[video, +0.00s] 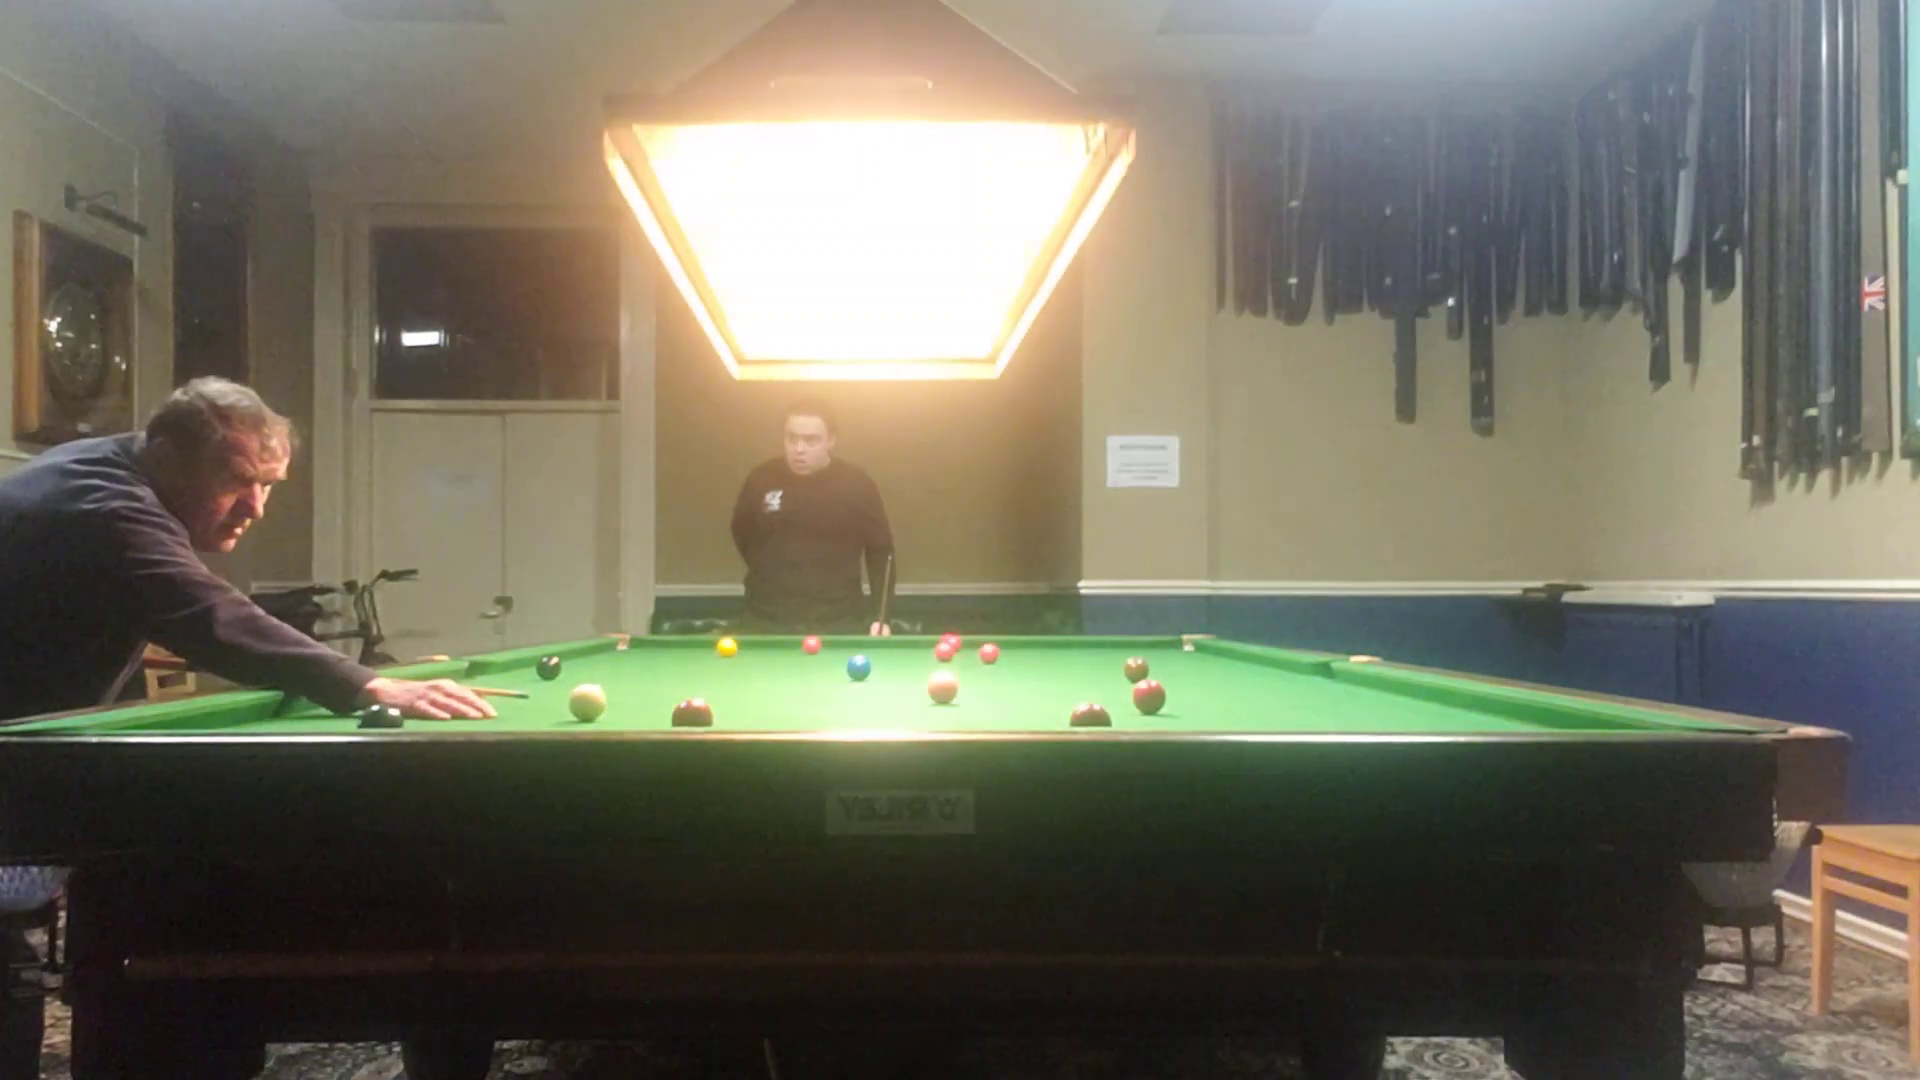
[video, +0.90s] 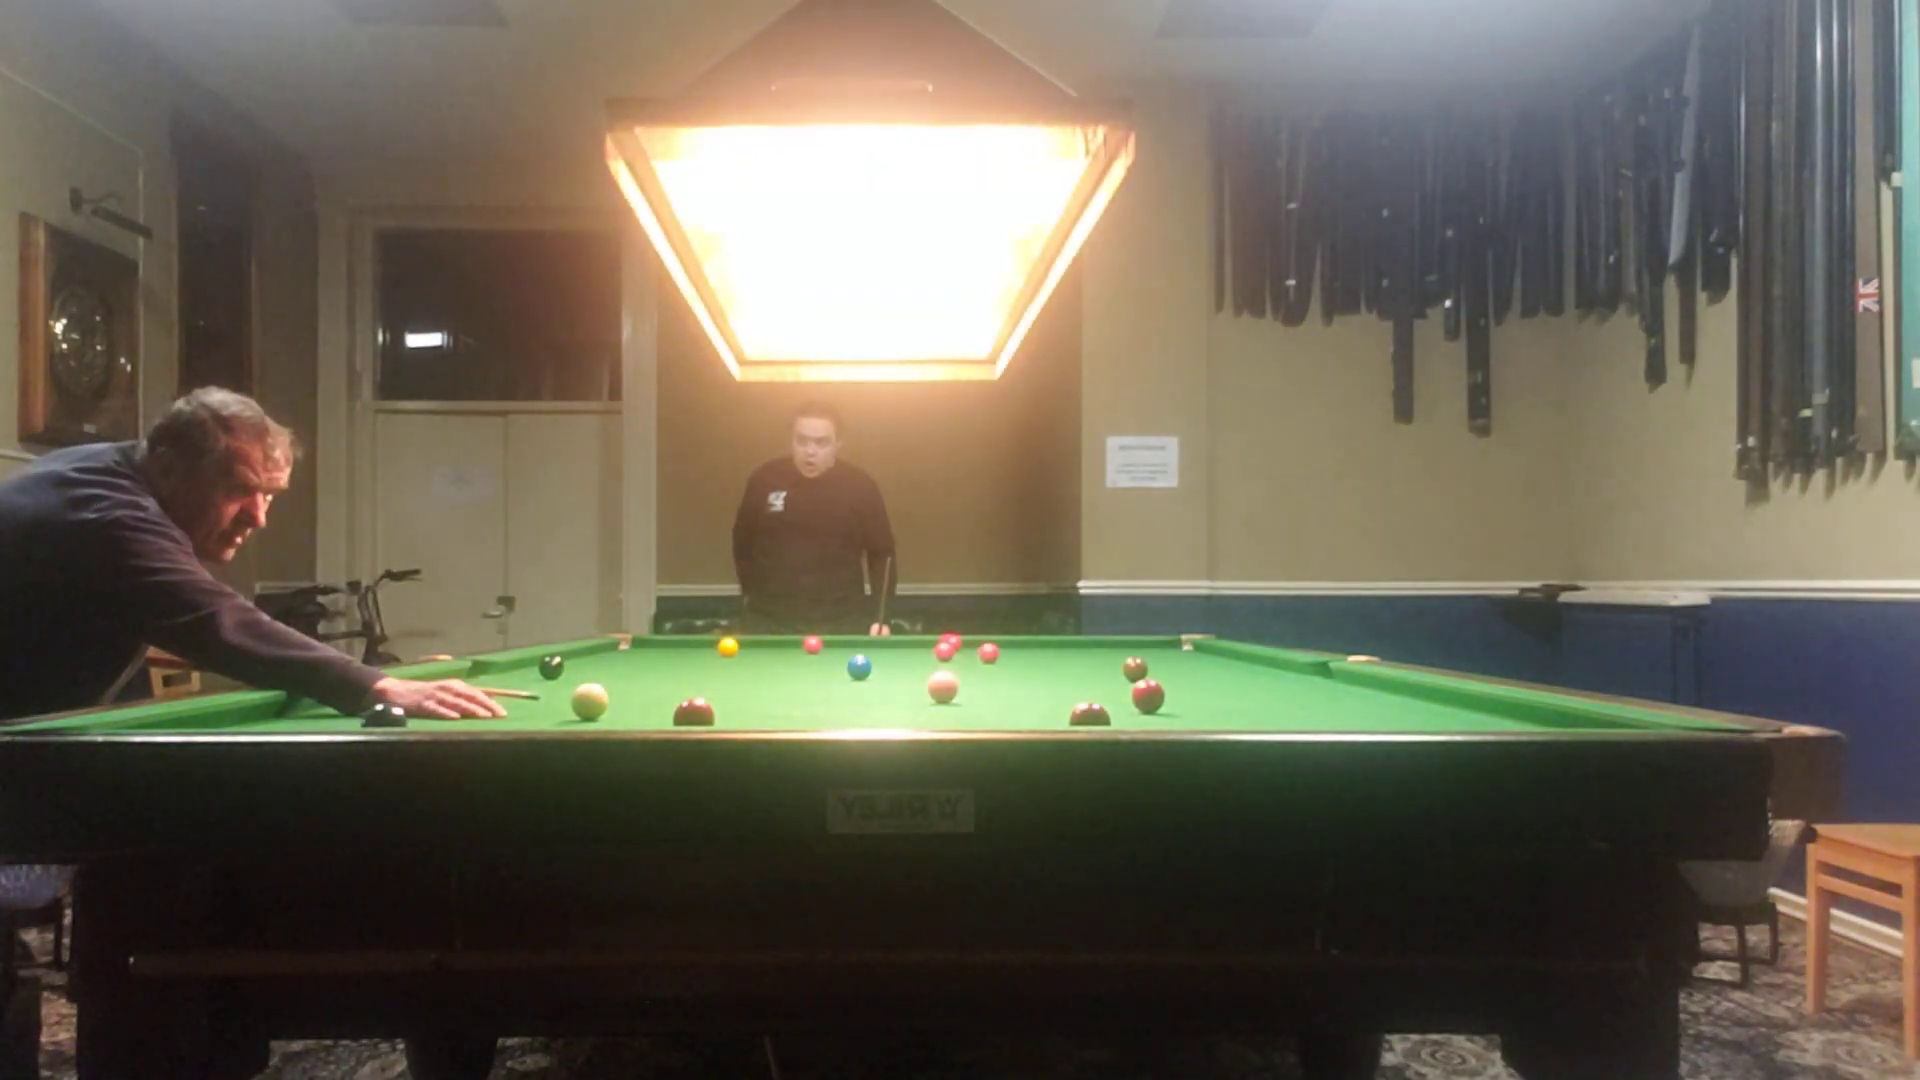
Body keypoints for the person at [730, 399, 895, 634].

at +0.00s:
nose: (799, 449)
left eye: (811, 440)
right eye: (792, 439)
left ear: (831, 441)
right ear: (783, 439)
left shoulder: (858, 485)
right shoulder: (762, 479)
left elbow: (881, 551)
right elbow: (742, 531)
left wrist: (881, 617)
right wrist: (769, 576)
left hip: (838, 622)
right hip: (766, 620)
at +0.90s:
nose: (810, 452)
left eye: (821, 443)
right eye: (802, 441)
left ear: (837, 445)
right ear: (791, 441)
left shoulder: (859, 485)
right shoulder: (765, 480)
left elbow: (882, 553)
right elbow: (743, 541)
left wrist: (882, 618)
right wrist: (754, 595)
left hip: (842, 625)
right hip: (771, 624)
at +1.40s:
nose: (815, 453)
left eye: (825, 444)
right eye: (807, 442)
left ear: (842, 444)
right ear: (795, 440)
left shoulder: (862, 489)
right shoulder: (768, 481)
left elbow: (887, 550)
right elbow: (736, 538)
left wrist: (881, 596)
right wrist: (722, 591)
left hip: (841, 625)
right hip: (770, 622)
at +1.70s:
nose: (813, 453)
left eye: (824, 444)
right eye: (805, 442)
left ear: (841, 444)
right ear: (794, 440)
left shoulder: (858, 487)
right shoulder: (767, 483)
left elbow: (890, 535)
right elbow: (737, 544)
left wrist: (893, 559)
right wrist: (729, 599)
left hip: (841, 623)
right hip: (771, 624)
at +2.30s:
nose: (814, 454)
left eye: (825, 445)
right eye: (805, 443)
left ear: (841, 445)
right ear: (794, 441)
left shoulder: (860, 489)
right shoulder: (766, 485)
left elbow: (893, 545)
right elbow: (738, 547)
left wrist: (889, 570)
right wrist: (729, 602)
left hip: (843, 625)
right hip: (772, 624)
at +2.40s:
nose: (814, 452)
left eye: (825, 444)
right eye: (806, 442)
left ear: (841, 445)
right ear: (794, 441)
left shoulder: (860, 490)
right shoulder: (767, 484)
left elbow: (895, 545)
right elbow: (740, 545)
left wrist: (889, 570)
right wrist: (729, 600)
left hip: (843, 626)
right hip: (772, 625)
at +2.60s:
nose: (814, 445)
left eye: (825, 436)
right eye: (806, 435)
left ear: (842, 441)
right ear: (795, 438)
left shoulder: (862, 490)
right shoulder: (768, 483)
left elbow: (896, 542)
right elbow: (740, 547)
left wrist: (892, 558)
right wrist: (725, 600)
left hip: (844, 625)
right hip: (773, 624)